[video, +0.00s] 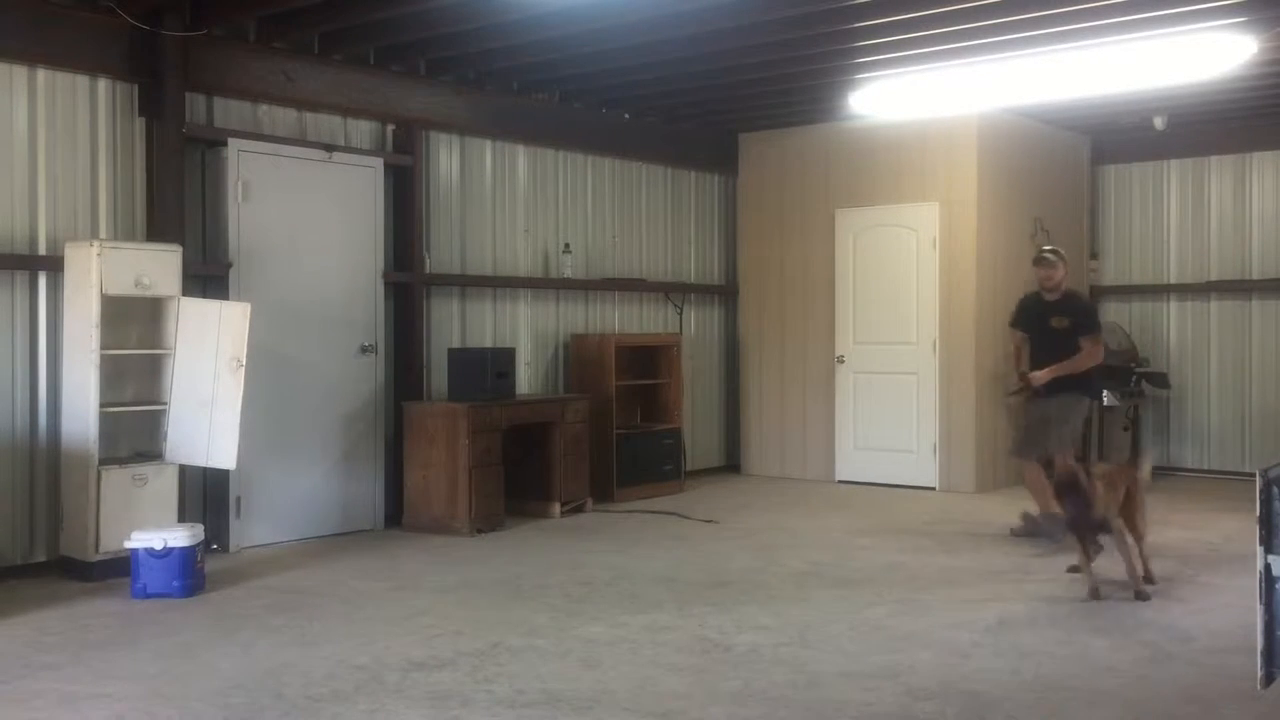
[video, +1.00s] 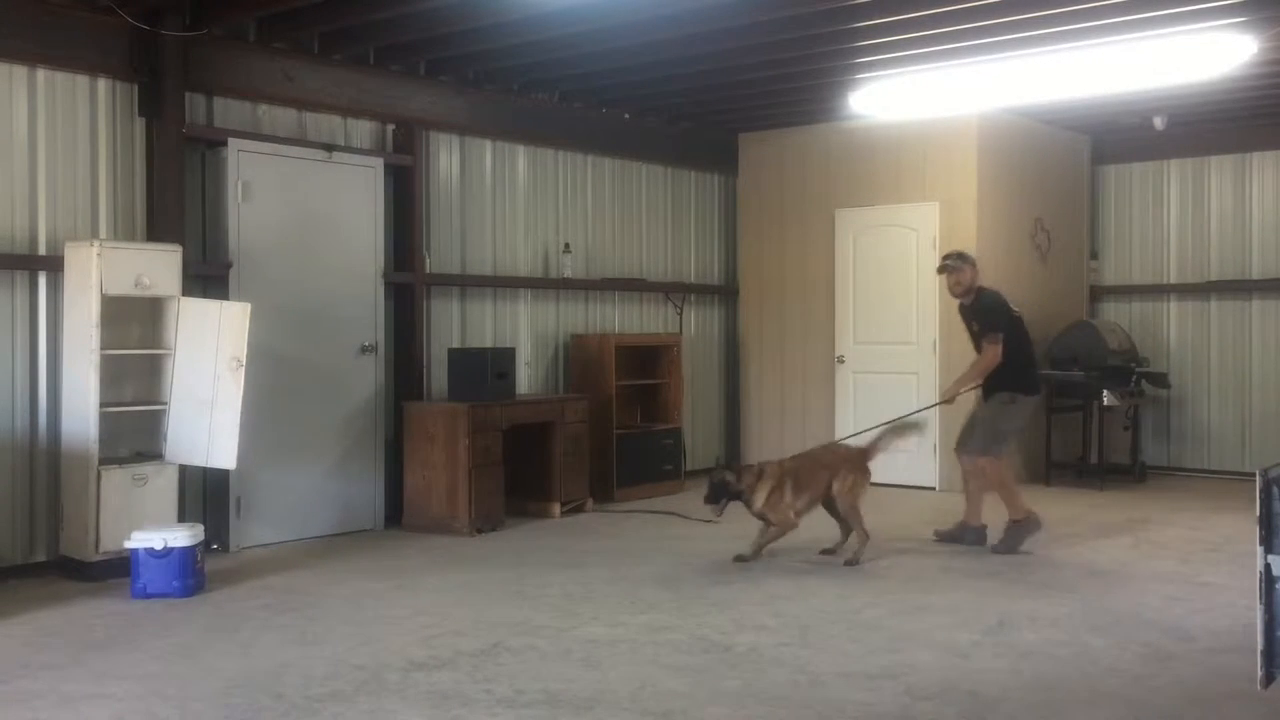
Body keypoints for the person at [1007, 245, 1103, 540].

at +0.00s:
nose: (1047, 275)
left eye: (1053, 269)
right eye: (1041, 269)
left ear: (1064, 271)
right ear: (1035, 273)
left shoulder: (1080, 305)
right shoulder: (1029, 304)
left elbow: (1095, 353)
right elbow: (1019, 342)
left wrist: (1049, 373)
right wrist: (1022, 374)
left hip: (1074, 392)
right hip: (1041, 391)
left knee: (1062, 454)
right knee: (1028, 456)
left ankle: (1075, 517)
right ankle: (1049, 517)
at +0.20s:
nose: (1029, 277)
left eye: (1035, 271)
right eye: (1024, 271)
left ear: (1047, 275)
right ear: (1018, 275)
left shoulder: (1063, 310)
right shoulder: (1015, 302)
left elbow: (1067, 363)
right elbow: (996, 333)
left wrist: (1028, 371)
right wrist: (995, 369)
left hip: (1062, 393)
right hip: (1031, 391)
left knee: (1050, 461)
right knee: (1026, 456)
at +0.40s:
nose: (1005, 279)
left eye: (1011, 273)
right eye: (999, 274)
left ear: (1025, 275)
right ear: (994, 279)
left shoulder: (1045, 307)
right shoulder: (1001, 307)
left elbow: (1069, 353)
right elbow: (1028, 342)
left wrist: (1035, 378)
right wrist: (1027, 372)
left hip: (1057, 393)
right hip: (1030, 392)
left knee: (1039, 461)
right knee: (1014, 458)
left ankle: (1046, 529)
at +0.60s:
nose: (991, 279)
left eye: (997, 272)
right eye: (986, 274)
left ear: (1012, 273)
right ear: (982, 279)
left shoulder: (1034, 303)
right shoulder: (996, 307)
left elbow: (1054, 347)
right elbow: (1023, 342)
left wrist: (1018, 373)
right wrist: (1024, 380)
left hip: (1055, 387)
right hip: (1032, 387)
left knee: (1027, 455)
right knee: (1010, 452)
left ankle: (1037, 532)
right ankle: (1047, 512)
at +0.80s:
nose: (978, 274)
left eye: (984, 268)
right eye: (973, 269)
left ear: (1000, 270)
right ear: (969, 275)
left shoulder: (1014, 299)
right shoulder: (988, 303)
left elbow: (1013, 355)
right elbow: (1010, 349)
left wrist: (974, 386)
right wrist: (1000, 375)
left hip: (1043, 387)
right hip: (1019, 386)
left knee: (1016, 457)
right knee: (989, 446)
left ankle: (1037, 533)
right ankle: (1013, 517)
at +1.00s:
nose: (953, 278)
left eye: (959, 271)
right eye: (948, 273)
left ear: (974, 273)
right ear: (945, 279)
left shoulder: (988, 301)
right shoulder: (967, 307)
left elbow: (993, 355)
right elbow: (987, 352)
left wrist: (956, 387)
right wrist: (979, 379)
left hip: (1018, 389)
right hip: (997, 389)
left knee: (986, 453)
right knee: (967, 450)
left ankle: (1021, 518)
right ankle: (972, 524)